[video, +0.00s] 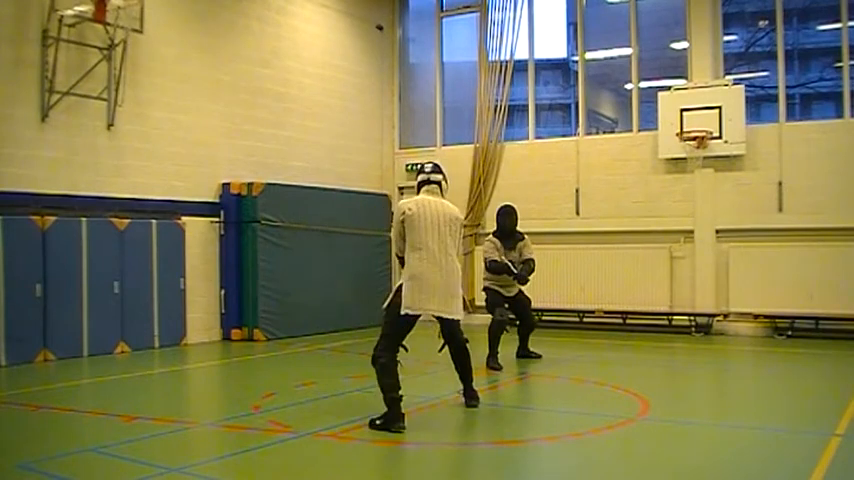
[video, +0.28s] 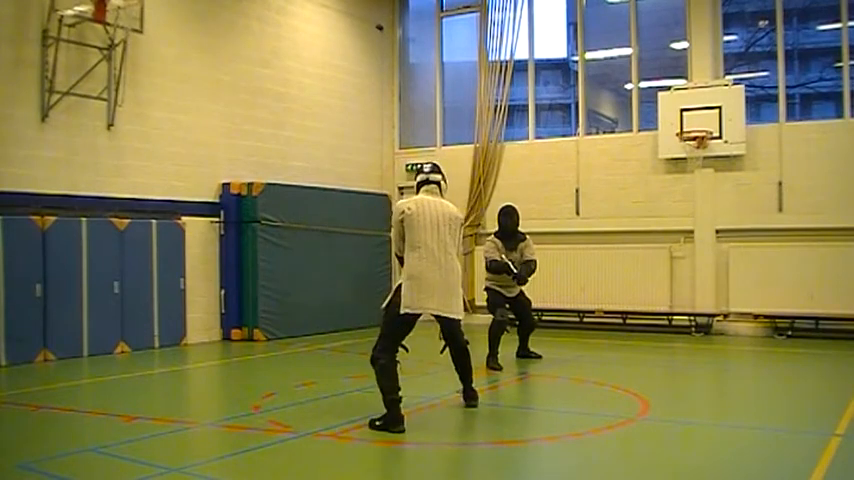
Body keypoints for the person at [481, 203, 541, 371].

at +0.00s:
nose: (509, 222)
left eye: (512, 218)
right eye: (505, 218)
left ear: (516, 220)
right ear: (498, 221)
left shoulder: (522, 240)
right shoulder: (491, 242)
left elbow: (529, 261)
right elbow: (491, 265)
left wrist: (524, 273)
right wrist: (509, 268)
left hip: (514, 289)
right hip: (494, 288)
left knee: (528, 320)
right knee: (500, 317)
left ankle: (523, 349)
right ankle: (493, 355)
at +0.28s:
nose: (509, 222)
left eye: (512, 218)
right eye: (505, 218)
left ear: (517, 221)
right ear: (499, 221)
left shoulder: (524, 241)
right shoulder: (492, 242)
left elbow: (531, 261)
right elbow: (491, 265)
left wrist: (524, 273)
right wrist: (507, 267)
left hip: (515, 289)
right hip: (495, 289)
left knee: (528, 321)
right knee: (501, 317)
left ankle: (523, 349)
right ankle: (492, 356)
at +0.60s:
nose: (517, 223)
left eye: (520, 219)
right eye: (513, 219)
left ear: (526, 221)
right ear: (507, 221)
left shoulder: (532, 240)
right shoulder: (500, 242)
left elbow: (538, 261)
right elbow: (498, 264)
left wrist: (530, 272)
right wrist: (515, 266)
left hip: (523, 289)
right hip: (502, 288)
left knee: (537, 316)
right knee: (506, 318)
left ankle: (543, 345)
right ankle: (493, 356)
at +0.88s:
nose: (538, 219)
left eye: (541, 215)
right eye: (534, 215)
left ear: (547, 218)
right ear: (528, 218)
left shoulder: (553, 238)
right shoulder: (521, 239)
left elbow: (558, 259)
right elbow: (518, 260)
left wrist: (549, 268)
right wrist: (531, 263)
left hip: (544, 288)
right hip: (524, 288)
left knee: (559, 319)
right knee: (519, 320)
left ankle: (553, 349)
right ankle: (500, 355)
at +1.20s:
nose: (556, 218)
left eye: (560, 214)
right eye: (553, 214)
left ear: (565, 215)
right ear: (546, 217)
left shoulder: (573, 235)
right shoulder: (541, 237)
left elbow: (579, 257)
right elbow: (536, 259)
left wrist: (565, 267)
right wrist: (553, 268)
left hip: (566, 287)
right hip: (547, 286)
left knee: (571, 324)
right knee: (551, 318)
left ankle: (553, 348)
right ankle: (554, 352)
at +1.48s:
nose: (571, 225)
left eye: (574, 221)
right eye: (567, 222)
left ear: (577, 220)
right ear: (560, 222)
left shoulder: (586, 236)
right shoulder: (553, 240)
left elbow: (593, 259)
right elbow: (549, 263)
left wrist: (580, 266)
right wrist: (562, 263)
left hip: (579, 286)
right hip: (560, 287)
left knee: (595, 317)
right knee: (566, 320)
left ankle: (575, 337)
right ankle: (561, 353)